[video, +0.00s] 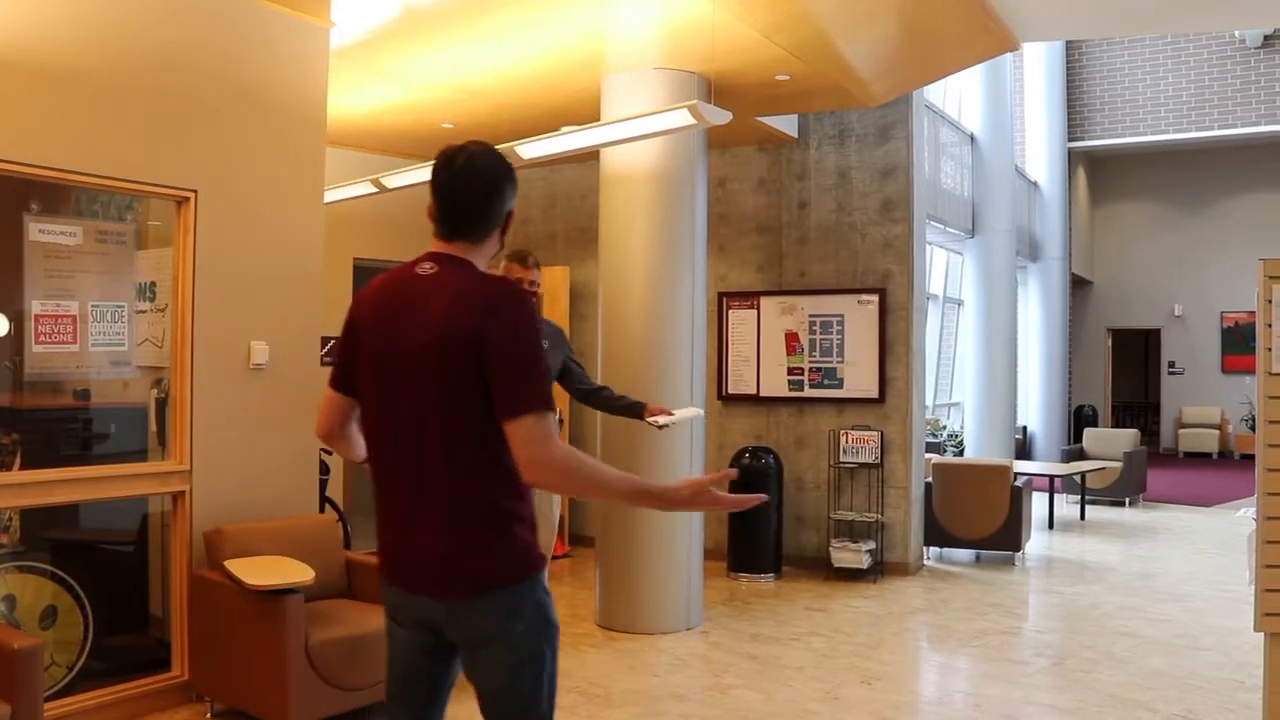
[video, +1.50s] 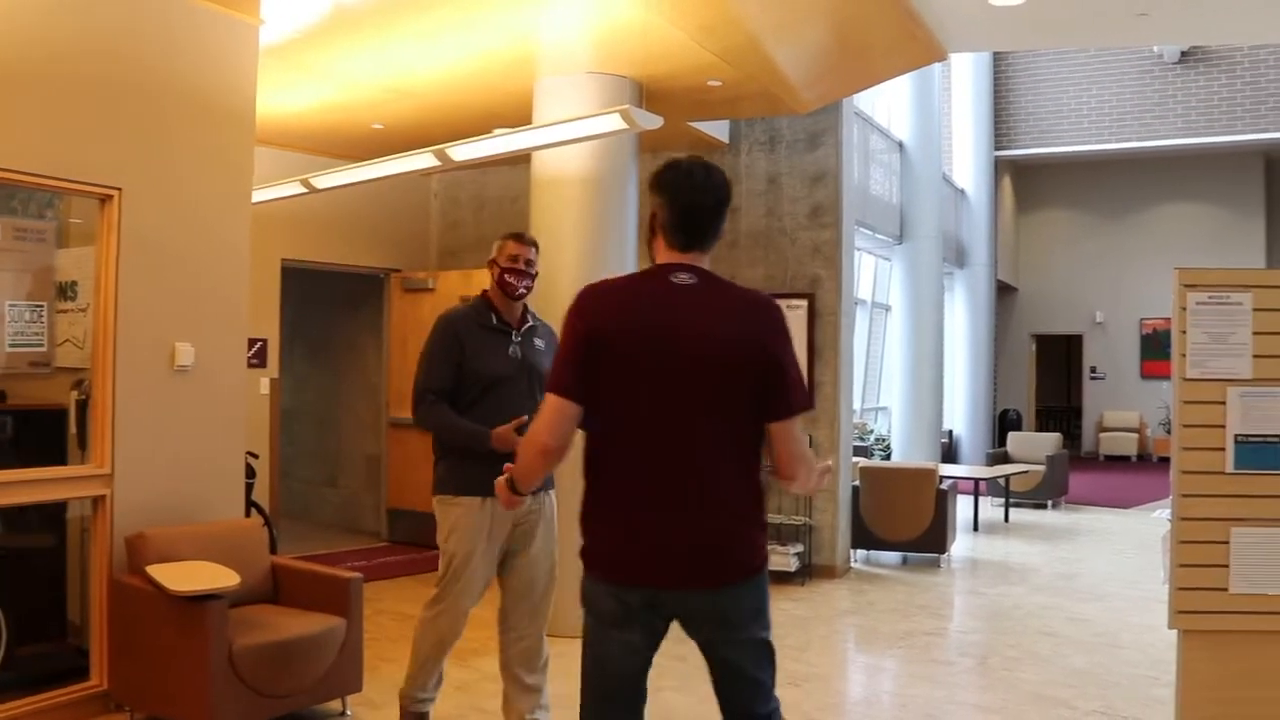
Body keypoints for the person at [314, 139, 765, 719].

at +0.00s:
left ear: (429, 208)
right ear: (504, 223)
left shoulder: (373, 300)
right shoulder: (503, 304)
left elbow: (331, 425)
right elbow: (540, 458)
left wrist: (383, 450)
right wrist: (667, 495)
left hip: (406, 567)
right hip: (493, 572)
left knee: (406, 711)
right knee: (522, 710)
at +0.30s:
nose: (563, 223)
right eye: (565, 213)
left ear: (482, 207)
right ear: (559, 219)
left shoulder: (424, 296)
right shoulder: (557, 300)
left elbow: (374, 429)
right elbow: (600, 462)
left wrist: (416, 460)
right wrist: (726, 499)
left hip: (456, 569)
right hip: (541, 576)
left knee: (475, 712)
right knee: (545, 711)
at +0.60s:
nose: (627, 233)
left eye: (630, 216)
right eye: (626, 215)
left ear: (543, 214)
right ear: (596, 216)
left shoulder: (476, 299)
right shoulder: (603, 304)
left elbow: (424, 430)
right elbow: (644, 468)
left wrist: (459, 461)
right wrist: (771, 502)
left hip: (505, 563)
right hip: (577, 574)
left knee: (564, 708)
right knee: (573, 712)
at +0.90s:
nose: (658, 240)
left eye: (658, 225)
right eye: (658, 226)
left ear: (581, 222)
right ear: (644, 230)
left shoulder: (524, 307)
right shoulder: (645, 308)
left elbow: (475, 442)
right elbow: (684, 468)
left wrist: (505, 479)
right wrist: (789, 496)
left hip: (551, 566)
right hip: (624, 577)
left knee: (601, 706)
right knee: (607, 712)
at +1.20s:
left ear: (607, 219)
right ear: (680, 227)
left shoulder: (552, 307)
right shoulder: (704, 304)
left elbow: (508, 441)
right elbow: (738, 454)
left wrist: (523, 481)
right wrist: (799, 486)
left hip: (586, 563)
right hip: (683, 565)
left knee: (605, 712)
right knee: (711, 709)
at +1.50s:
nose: (648, 220)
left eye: (649, 211)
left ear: (654, 220)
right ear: (722, 227)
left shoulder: (597, 306)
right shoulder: (756, 314)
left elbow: (549, 438)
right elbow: (792, 467)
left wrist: (515, 484)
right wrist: (810, 474)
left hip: (620, 560)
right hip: (725, 564)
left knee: (608, 713)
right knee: (754, 711)